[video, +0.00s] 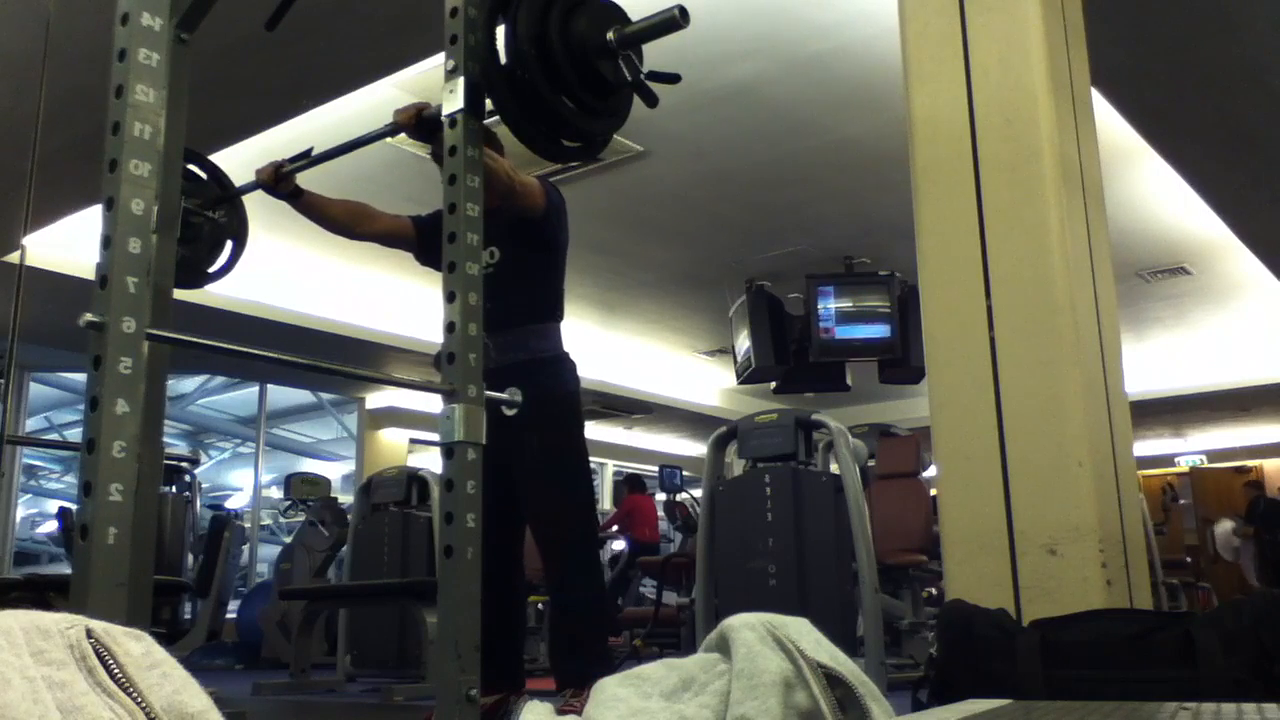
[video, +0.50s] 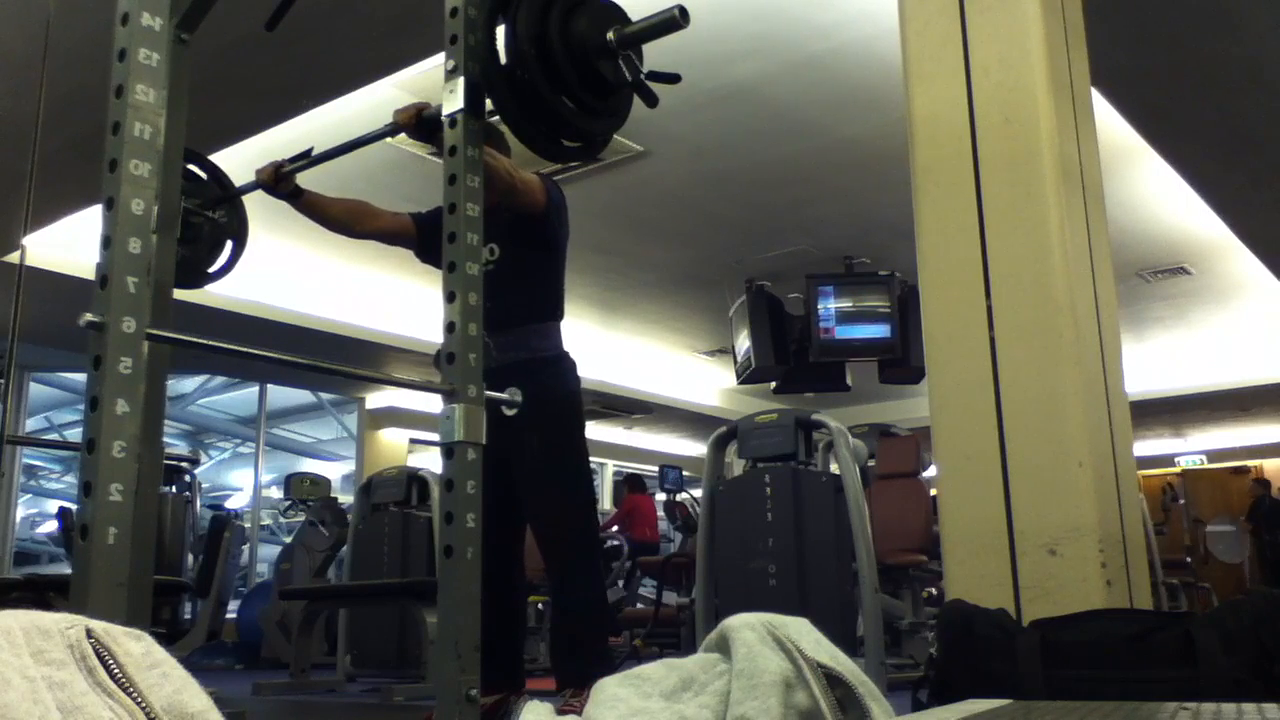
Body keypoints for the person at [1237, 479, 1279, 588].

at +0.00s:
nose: (1245, 494)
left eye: (1247, 491)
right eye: (1245, 491)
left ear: (1253, 490)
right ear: (1261, 490)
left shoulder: (1254, 504)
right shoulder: (1274, 502)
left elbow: (1249, 529)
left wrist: (1238, 531)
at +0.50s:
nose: (1250, 489)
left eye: (1253, 486)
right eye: (1251, 485)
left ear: (1260, 488)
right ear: (1266, 488)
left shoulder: (1257, 503)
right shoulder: (1275, 502)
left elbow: (1248, 526)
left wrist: (1241, 523)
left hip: (1262, 545)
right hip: (1276, 544)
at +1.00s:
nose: (1255, 487)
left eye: (1259, 485)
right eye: (1256, 484)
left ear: (1266, 489)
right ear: (1268, 489)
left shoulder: (1264, 505)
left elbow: (1255, 524)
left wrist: (1240, 522)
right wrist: (1244, 520)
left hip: (1268, 550)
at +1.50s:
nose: (1268, 488)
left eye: (1271, 486)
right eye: (1268, 486)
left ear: (1277, 487)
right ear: (1267, 487)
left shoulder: (1276, 502)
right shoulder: (1272, 503)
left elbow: (1270, 521)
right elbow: (1269, 520)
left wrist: (1252, 520)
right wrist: (1253, 519)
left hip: (1275, 545)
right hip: (1272, 544)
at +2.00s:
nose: (1270, 492)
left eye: (1272, 489)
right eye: (1269, 489)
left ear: (1278, 489)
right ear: (1269, 490)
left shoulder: (1277, 506)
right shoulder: (1275, 507)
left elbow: (1274, 518)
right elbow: (1272, 518)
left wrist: (1250, 512)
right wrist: (1249, 512)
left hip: (1276, 551)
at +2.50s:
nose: (1267, 497)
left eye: (1268, 493)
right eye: (1265, 494)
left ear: (1274, 492)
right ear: (1264, 494)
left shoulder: (1276, 506)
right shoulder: (1273, 506)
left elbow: (1272, 519)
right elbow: (1270, 519)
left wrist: (1250, 516)